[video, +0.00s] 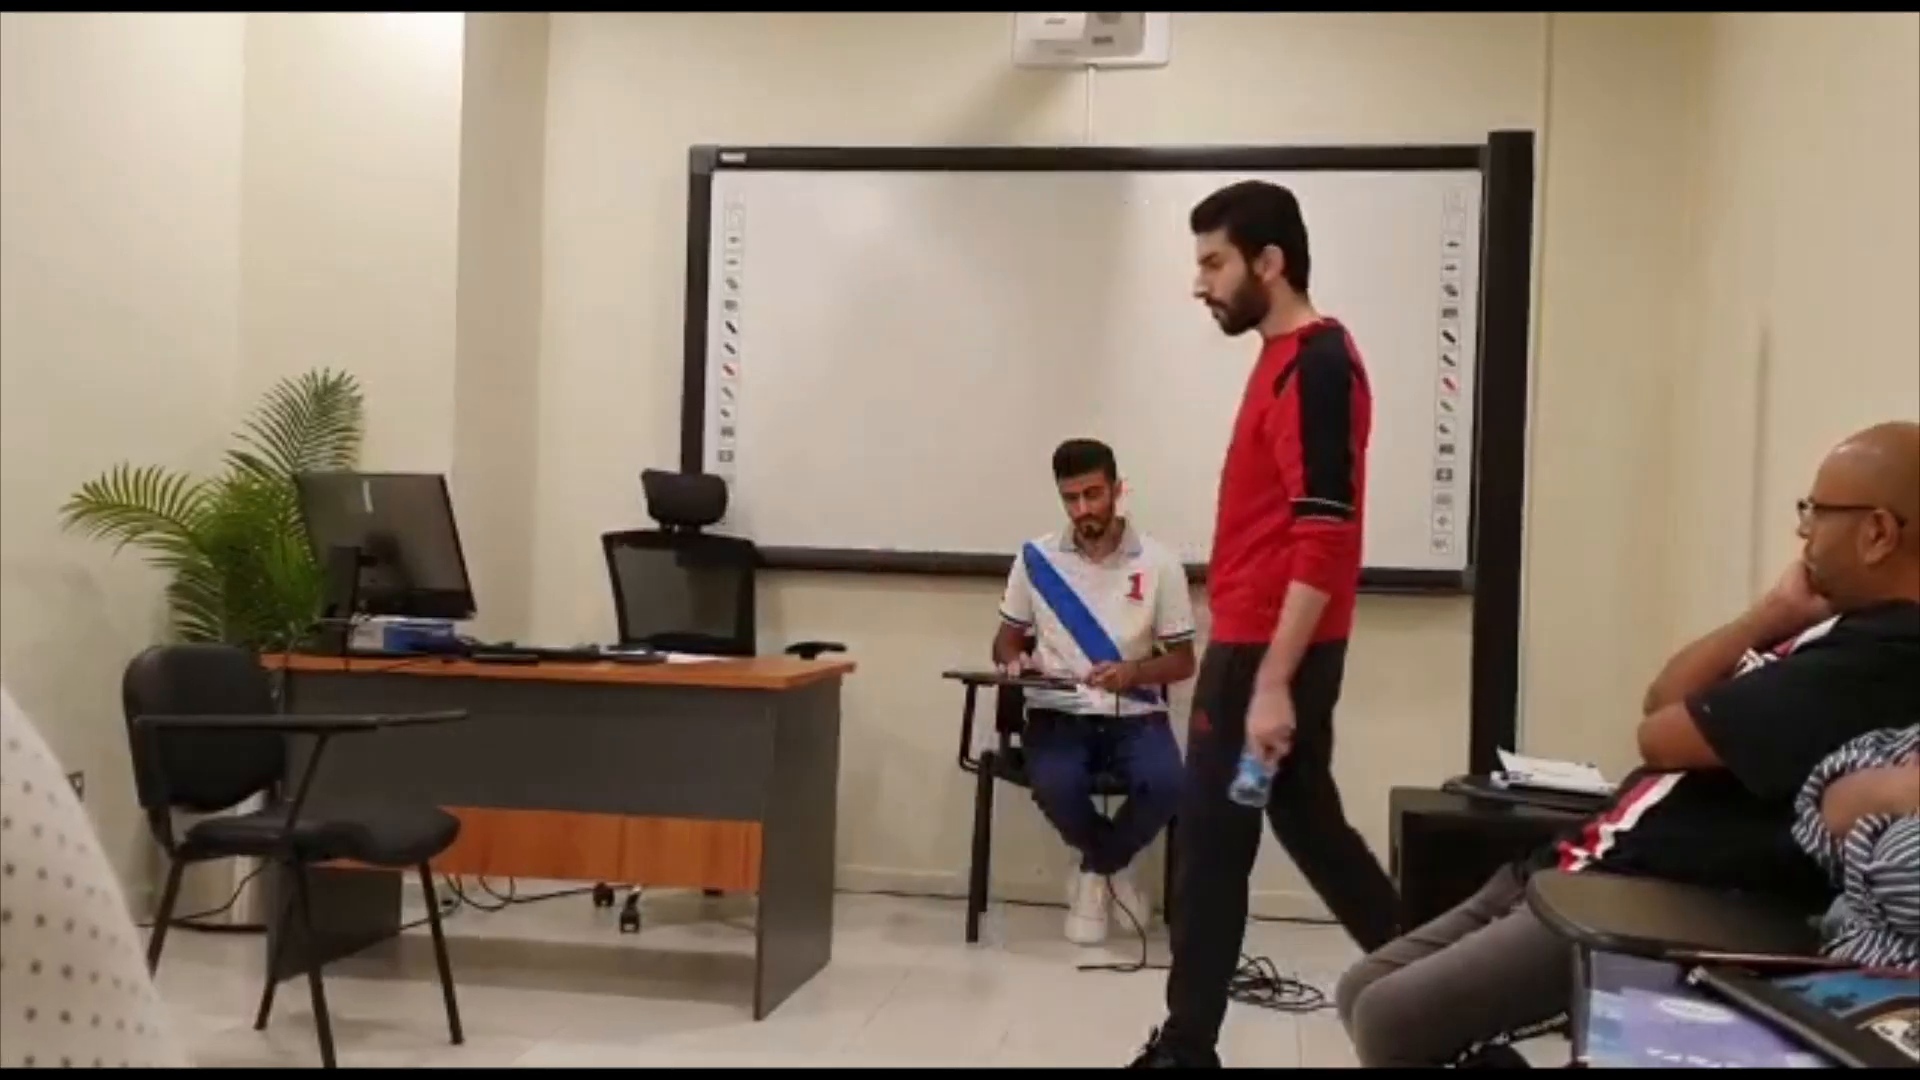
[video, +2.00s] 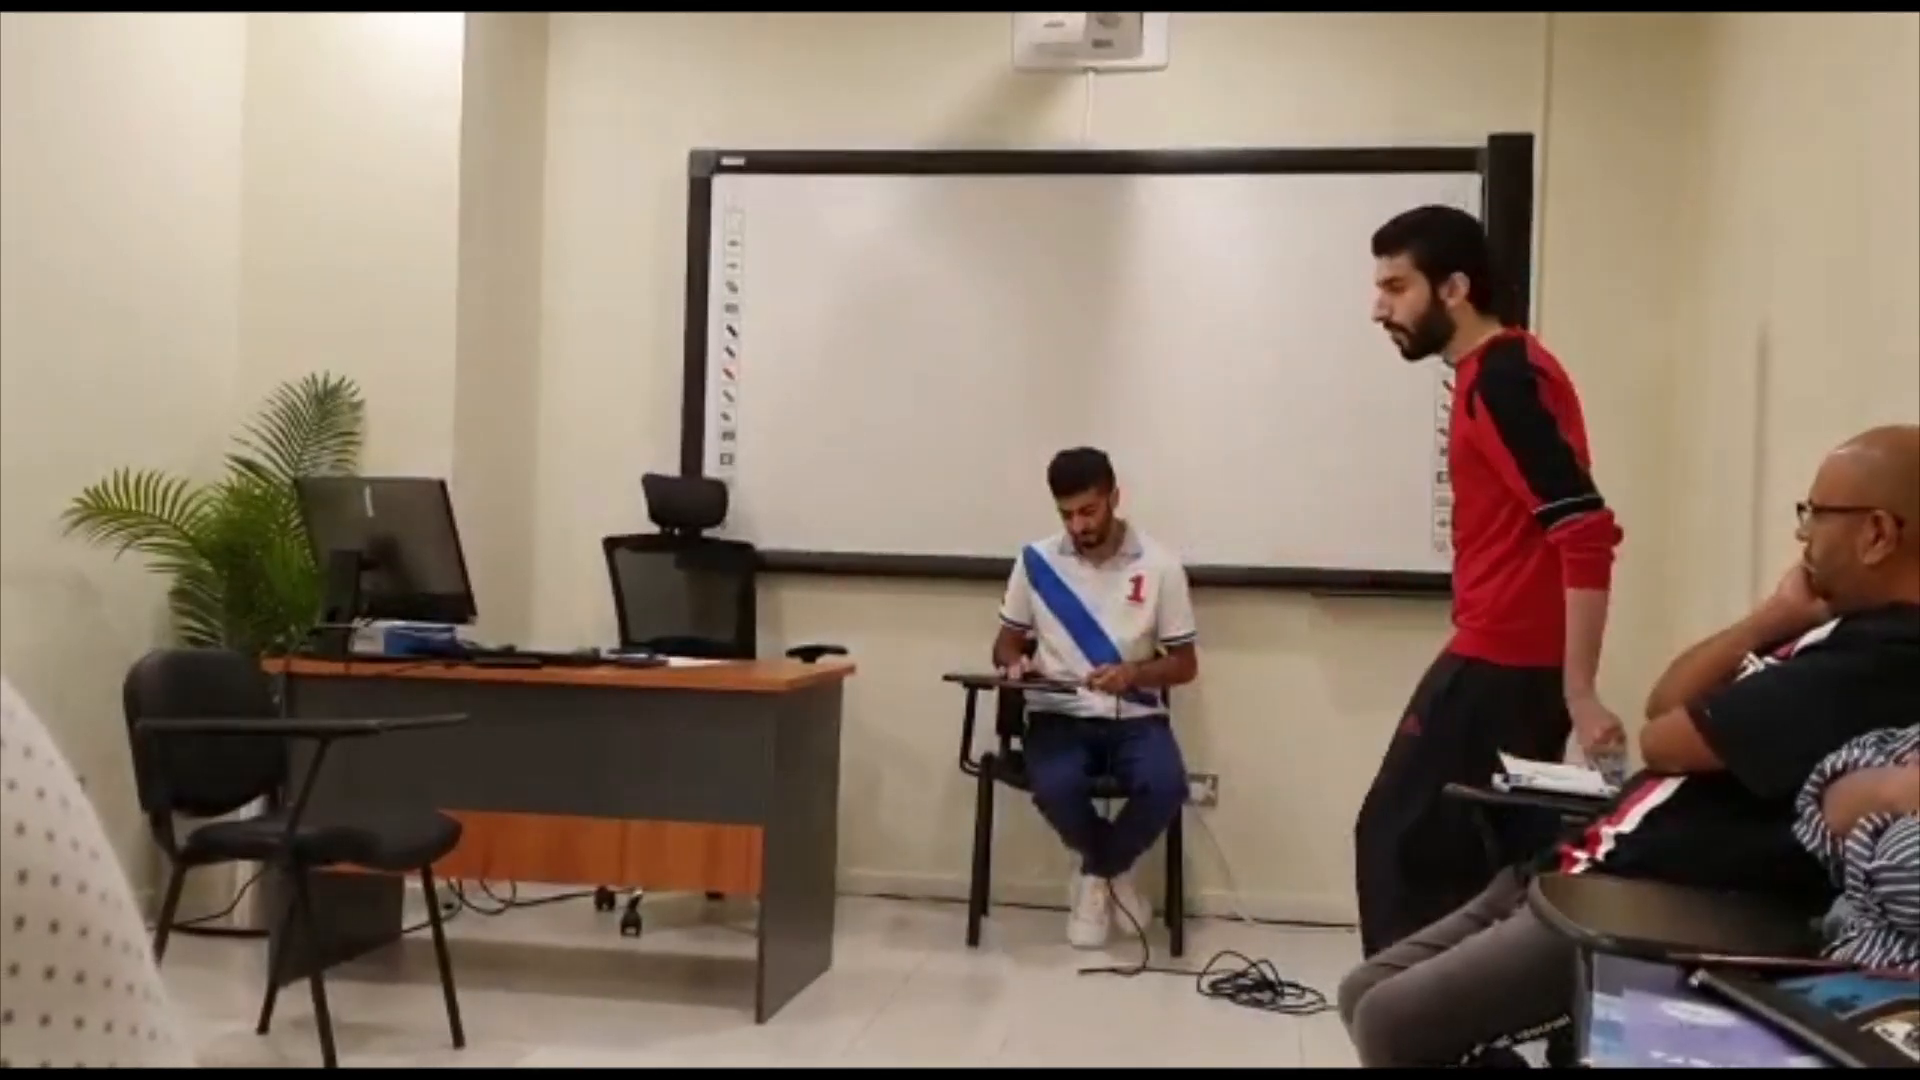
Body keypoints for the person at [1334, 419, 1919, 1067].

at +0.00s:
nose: (1801, 534)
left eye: (1814, 514)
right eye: (1806, 513)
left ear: (1880, 533)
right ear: (1881, 533)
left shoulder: (1884, 650)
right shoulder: (1854, 627)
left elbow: (1663, 741)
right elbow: (1662, 701)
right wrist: (1778, 612)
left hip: (1641, 906)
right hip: (1589, 862)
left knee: (1387, 1021)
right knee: (1363, 988)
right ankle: (1486, 1060)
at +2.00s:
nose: (1800, 538)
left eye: (1813, 517)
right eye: (1804, 516)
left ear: (1880, 534)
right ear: (1880, 534)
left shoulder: (1882, 654)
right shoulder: (1854, 629)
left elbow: (1664, 745)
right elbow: (1665, 703)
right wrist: (1779, 614)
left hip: (1638, 907)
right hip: (1589, 866)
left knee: (1389, 1024)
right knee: (1364, 990)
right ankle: (1488, 1062)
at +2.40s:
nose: (1800, 537)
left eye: (1813, 517)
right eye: (1804, 516)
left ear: (1880, 534)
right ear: (1880, 535)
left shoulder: (1882, 654)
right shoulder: (1856, 630)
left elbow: (1667, 745)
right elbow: (1665, 705)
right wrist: (1781, 614)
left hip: (1635, 909)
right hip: (1585, 866)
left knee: (1387, 1023)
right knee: (1366, 989)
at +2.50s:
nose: (1800, 536)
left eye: (1813, 516)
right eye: (1805, 515)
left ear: (1880, 535)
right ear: (1880, 535)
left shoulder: (1880, 655)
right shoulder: (1857, 630)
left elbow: (1667, 744)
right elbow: (1666, 706)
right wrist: (1781, 614)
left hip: (1631, 910)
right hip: (1582, 867)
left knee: (1388, 1023)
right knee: (1367, 991)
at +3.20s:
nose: (1799, 535)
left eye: (1811, 516)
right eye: (1803, 515)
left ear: (1878, 534)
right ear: (1879, 534)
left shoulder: (1879, 654)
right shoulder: (1853, 628)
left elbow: (1664, 743)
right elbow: (1663, 702)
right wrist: (1780, 612)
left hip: (1626, 909)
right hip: (1578, 866)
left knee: (1385, 1023)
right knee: (1362, 990)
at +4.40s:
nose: (1804, 536)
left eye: (1814, 515)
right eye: (1807, 515)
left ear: (1880, 531)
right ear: (1881, 531)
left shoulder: (1884, 652)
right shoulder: (1859, 631)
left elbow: (1667, 739)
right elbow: (1666, 703)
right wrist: (1784, 610)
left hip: (1628, 911)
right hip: (1580, 867)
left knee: (1390, 1023)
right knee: (1365, 988)